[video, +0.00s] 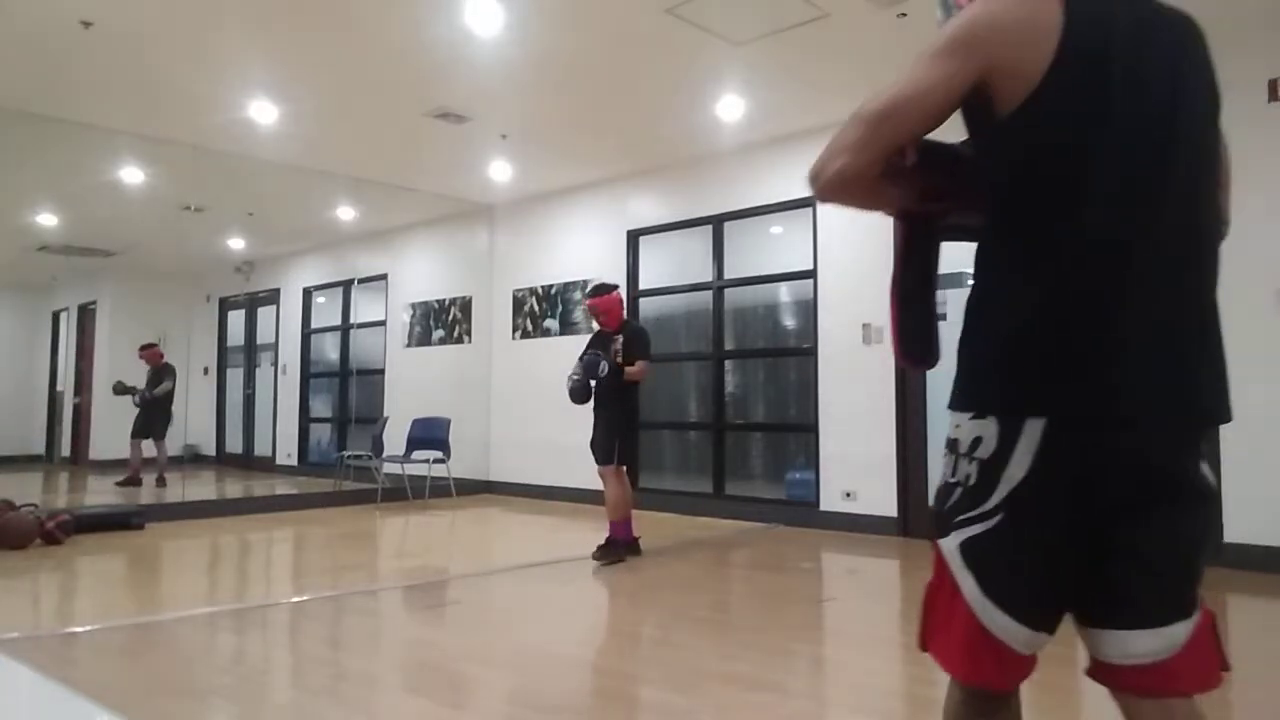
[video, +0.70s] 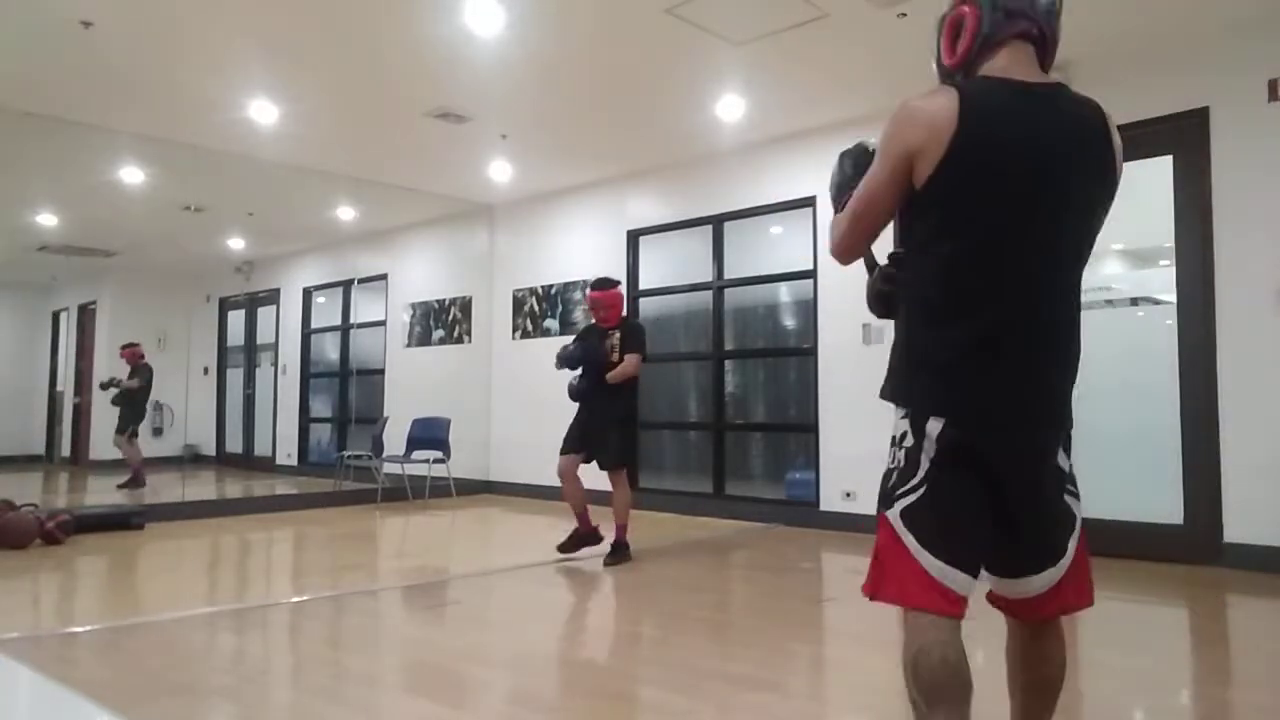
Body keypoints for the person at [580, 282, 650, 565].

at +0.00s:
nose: (597, 319)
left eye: (599, 313)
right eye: (594, 314)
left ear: (614, 307)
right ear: (595, 312)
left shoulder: (635, 333)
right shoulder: (599, 336)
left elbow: (640, 371)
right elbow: (583, 364)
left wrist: (609, 371)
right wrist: (578, 378)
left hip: (621, 411)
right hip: (604, 411)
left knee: (608, 470)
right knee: (616, 471)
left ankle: (617, 539)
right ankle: (626, 537)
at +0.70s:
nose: (597, 314)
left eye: (603, 308)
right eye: (594, 308)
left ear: (617, 305)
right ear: (590, 307)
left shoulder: (631, 330)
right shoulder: (588, 332)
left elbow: (631, 367)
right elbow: (567, 358)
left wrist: (599, 380)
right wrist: (568, 357)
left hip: (618, 414)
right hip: (589, 412)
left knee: (618, 476)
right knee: (566, 469)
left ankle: (620, 542)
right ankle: (585, 529)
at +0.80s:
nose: (594, 312)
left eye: (599, 306)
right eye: (590, 306)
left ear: (613, 303)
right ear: (585, 305)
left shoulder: (627, 329)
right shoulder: (583, 332)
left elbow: (627, 366)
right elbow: (556, 359)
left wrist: (593, 381)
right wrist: (566, 369)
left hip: (616, 412)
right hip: (585, 411)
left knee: (616, 476)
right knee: (563, 470)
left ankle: (620, 543)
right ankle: (566, 539)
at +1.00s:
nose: (580, 316)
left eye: (587, 309)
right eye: (575, 310)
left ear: (601, 305)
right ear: (570, 309)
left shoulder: (617, 331)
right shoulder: (567, 334)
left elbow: (618, 367)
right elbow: (538, 360)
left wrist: (582, 380)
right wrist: (552, 368)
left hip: (602, 413)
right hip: (570, 412)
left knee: (606, 476)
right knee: (558, 473)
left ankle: (619, 542)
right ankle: (555, 545)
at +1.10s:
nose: (576, 313)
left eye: (581, 306)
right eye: (570, 307)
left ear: (594, 303)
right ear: (563, 306)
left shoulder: (606, 330)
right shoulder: (556, 333)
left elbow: (612, 366)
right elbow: (528, 360)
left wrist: (577, 380)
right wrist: (549, 364)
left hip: (592, 412)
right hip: (561, 412)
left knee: (599, 476)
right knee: (554, 475)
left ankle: (618, 541)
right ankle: (554, 546)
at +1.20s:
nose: (570, 310)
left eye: (575, 303)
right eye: (564, 304)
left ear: (586, 300)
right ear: (555, 304)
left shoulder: (598, 329)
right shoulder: (549, 331)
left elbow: (605, 367)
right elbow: (518, 357)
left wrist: (567, 379)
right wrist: (545, 359)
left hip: (583, 412)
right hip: (553, 412)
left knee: (590, 477)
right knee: (552, 476)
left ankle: (615, 538)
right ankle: (554, 545)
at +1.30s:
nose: (566, 304)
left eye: (573, 297)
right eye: (559, 297)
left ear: (582, 300)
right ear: (550, 300)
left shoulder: (591, 329)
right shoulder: (539, 330)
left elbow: (602, 368)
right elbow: (510, 361)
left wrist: (566, 380)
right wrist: (538, 359)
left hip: (578, 411)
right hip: (547, 411)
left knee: (582, 477)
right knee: (550, 476)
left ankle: (605, 535)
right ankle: (554, 545)